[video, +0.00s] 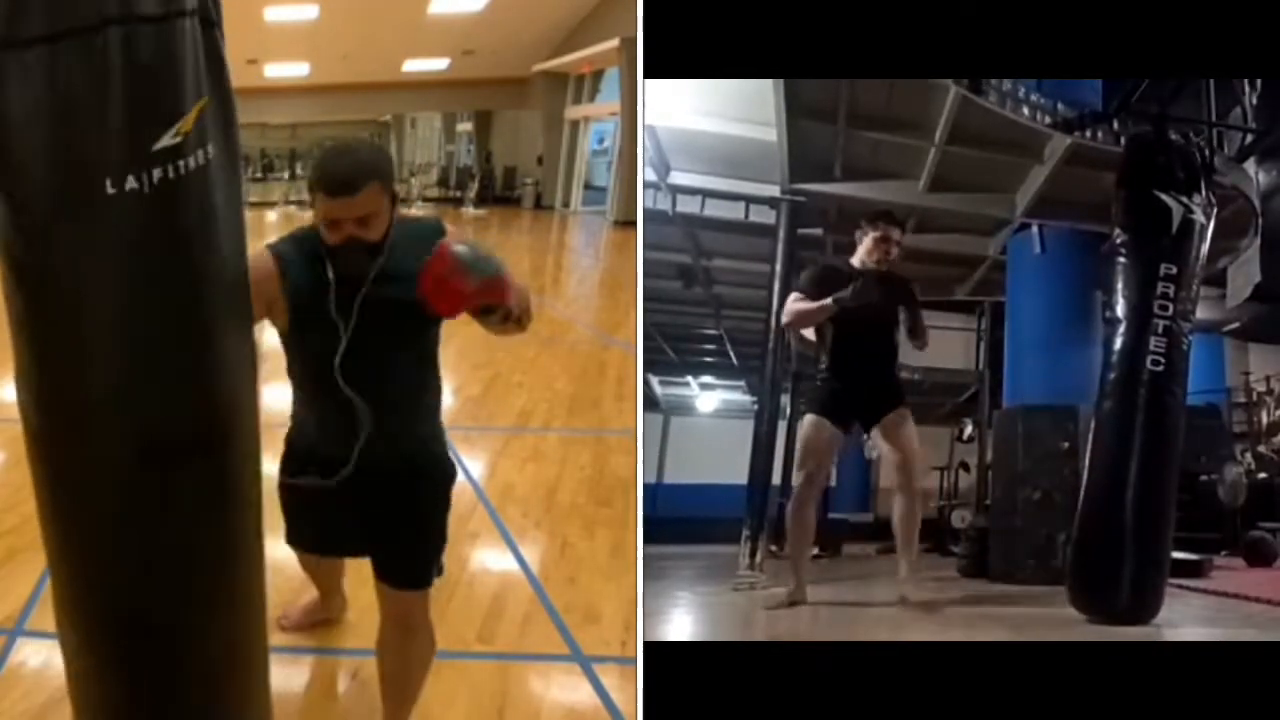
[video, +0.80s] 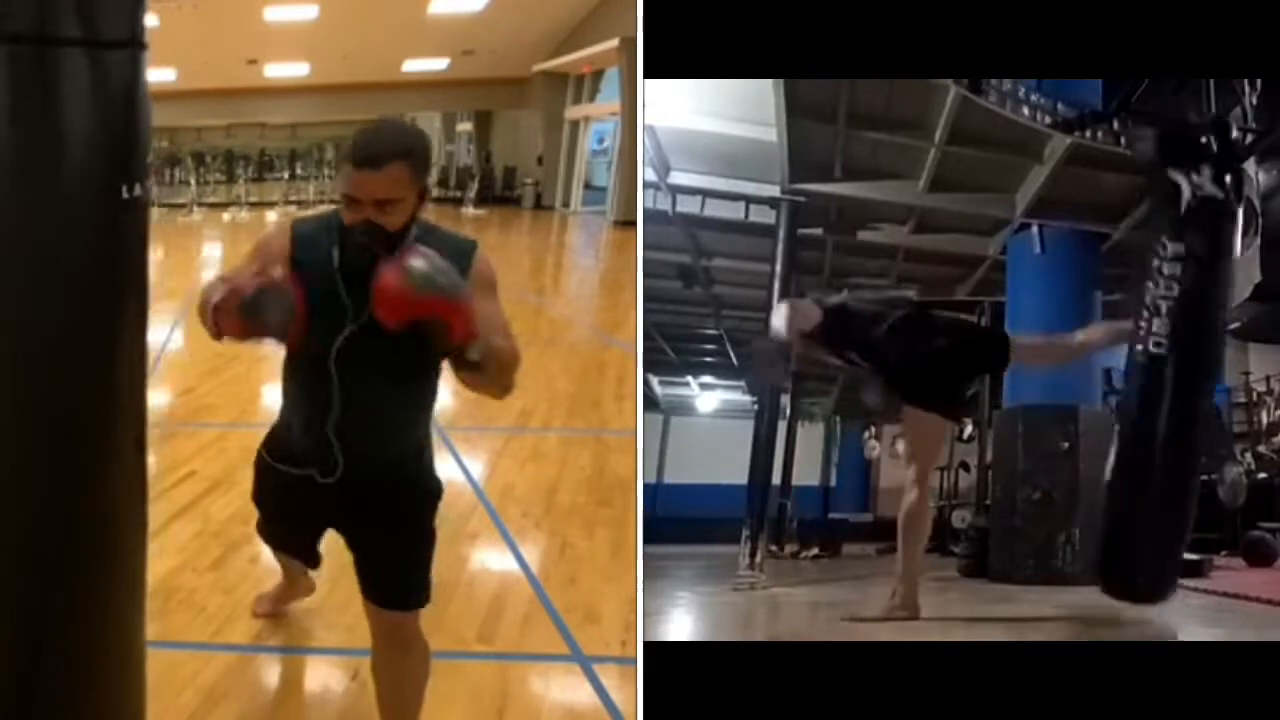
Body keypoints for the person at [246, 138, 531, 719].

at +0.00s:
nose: (351, 236)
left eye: (365, 220)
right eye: (335, 223)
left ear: (392, 202)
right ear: (314, 209)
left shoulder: (427, 249)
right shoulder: (279, 269)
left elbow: (510, 319)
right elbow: (200, 323)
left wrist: (496, 294)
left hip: (407, 453)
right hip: (318, 449)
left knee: (404, 608)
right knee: (314, 541)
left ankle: (395, 713)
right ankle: (331, 602)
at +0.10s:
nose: (328, 232)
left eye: (343, 218)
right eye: (314, 218)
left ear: (373, 203)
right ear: (298, 206)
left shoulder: (423, 256)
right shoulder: (281, 259)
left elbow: (481, 355)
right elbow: (233, 343)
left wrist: (412, 314)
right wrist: (235, 312)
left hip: (402, 451)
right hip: (320, 444)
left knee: (394, 607)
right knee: (315, 535)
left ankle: (407, 712)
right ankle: (331, 601)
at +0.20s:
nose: (312, 233)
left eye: (328, 220)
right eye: (300, 220)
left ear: (362, 209)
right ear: (288, 210)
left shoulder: (406, 272)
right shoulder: (303, 258)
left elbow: (385, 374)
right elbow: (300, 336)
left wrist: (295, 332)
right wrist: (259, 325)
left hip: (394, 464)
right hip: (324, 445)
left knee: (382, 621)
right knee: (308, 529)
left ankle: (413, 711)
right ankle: (332, 601)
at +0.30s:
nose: (314, 238)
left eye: (332, 226)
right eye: (303, 223)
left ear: (370, 217)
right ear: (293, 213)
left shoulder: (410, 286)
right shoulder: (318, 262)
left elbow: (402, 392)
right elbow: (316, 330)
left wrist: (297, 348)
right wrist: (255, 333)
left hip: (393, 477)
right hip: (322, 453)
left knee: (375, 632)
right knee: (310, 533)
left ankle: (403, 712)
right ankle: (335, 601)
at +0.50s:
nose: (399, 244)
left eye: (423, 229)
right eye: (383, 225)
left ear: (461, 215)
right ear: (366, 204)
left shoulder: (482, 270)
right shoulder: (311, 247)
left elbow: (545, 364)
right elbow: (198, 275)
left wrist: (560, 316)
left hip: (416, 475)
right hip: (320, 462)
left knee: (415, 627)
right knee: (313, 547)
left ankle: (414, 715)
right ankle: (319, 586)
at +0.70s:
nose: (393, 241)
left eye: (418, 228)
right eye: (379, 221)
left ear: (455, 215)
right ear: (363, 197)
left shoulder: (474, 272)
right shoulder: (313, 243)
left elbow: (528, 383)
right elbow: (216, 268)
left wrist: (527, 343)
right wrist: (200, 305)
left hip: (404, 476)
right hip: (309, 458)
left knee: (402, 619)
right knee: (294, 543)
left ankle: (403, 715)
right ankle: (302, 574)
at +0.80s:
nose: (368, 220)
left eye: (387, 205)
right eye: (353, 203)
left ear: (421, 196)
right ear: (338, 188)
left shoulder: (459, 263)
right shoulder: (295, 243)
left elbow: (499, 380)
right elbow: (217, 304)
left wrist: (454, 322)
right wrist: (241, 309)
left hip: (391, 474)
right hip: (299, 457)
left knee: (396, 627)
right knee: (282, 533)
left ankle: (400, 716)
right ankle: (296, 579)